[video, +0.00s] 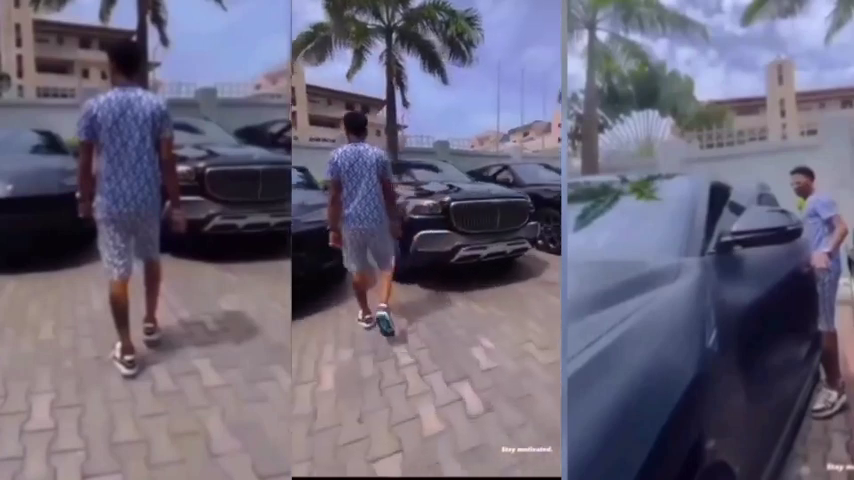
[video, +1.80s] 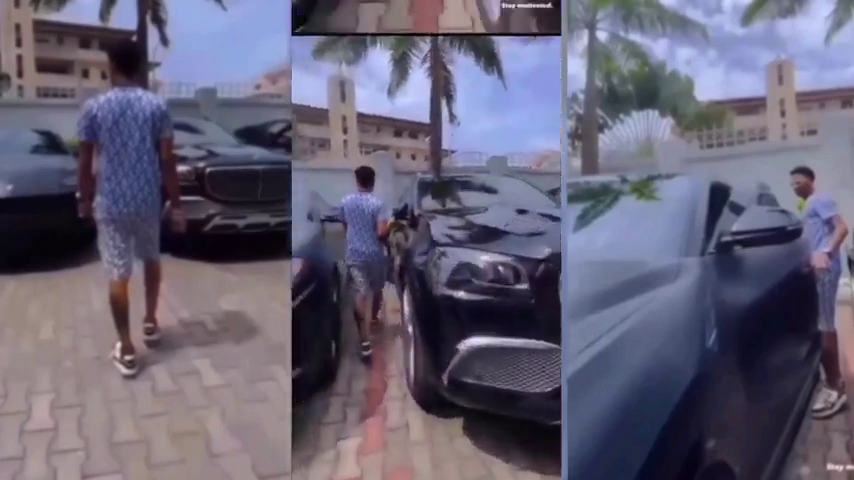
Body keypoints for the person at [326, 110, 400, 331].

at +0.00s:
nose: (349, 133)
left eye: (345, 129)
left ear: (345, 130)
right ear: (366, 129)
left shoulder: (337, 156)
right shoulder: (378, 155)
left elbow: (335, 196)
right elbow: (389, 192)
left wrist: (334, 228)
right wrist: (394, 220)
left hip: (351, 224)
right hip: (378, 222)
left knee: (357, 271)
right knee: (387, 266)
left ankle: (365, 313)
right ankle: (384, 304)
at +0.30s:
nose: (330, 137)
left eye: (325, 132)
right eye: (339, 133)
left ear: (321, 133)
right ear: (343, 133)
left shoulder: (309, 157)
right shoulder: (352, 158)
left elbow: (300, 192)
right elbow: (360, 195)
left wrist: (301, 222)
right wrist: (369, 225)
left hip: (320, 223)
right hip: (348, 221)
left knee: (329, 275)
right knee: (354, 261)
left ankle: (339, 331)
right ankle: (356, 297)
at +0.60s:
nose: (315, 139)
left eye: (312, 134)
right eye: (324, 135)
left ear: (309, 134)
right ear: (329, 136)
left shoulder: (296, 159)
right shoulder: (336, 162)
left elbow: (293, 191)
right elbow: (345, 195)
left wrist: (294, 214)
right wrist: (349, 221)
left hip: (304, 219)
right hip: (331, 219)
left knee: (303, 267)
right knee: (334, 262)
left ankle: (310, 311)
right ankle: (331, 306)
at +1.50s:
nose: (333, 140)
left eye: (326, 136)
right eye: (337, 136)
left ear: (321, 137)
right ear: (341, 137)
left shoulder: (311, 160)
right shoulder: (349, 159)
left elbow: (310, 192)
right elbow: (358, 188)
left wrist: (315, 204)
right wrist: (359, 202)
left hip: (325, 214)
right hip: (348, 213)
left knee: (333, 259)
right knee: (356, 252)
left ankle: (342, 304)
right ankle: (357, 289)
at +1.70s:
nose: (355, 151)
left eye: (349, 147)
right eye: (358, 147)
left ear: (344, 148)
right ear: (362, 148)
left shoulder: (333, 169)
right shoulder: (368, 170)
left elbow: (332, 197)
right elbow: (374, 199)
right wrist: (378, 201)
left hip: (343, 222)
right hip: (365, 221)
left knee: (352, 264)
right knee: (369, 261)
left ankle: (359, 311)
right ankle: (366, 295)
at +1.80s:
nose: (365, 184)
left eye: (361, 181)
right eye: (369, 181)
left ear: (356, 181)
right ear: (373, 182)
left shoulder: (347, 202)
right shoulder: (378, 204)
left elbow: (344, 226)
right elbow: (381, 232)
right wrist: (390, 225)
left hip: (354, 252)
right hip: (374, 252)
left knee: (361, 292)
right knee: (376, 289)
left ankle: (364, 339)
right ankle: (374, 318)